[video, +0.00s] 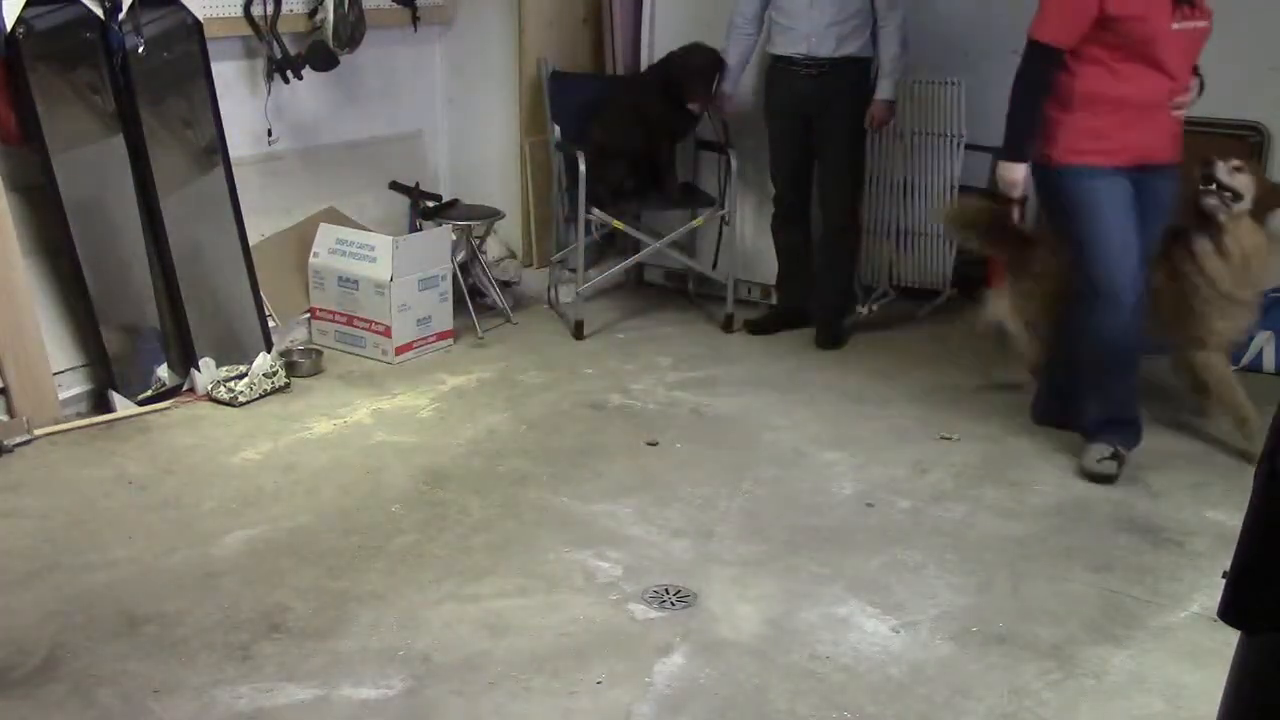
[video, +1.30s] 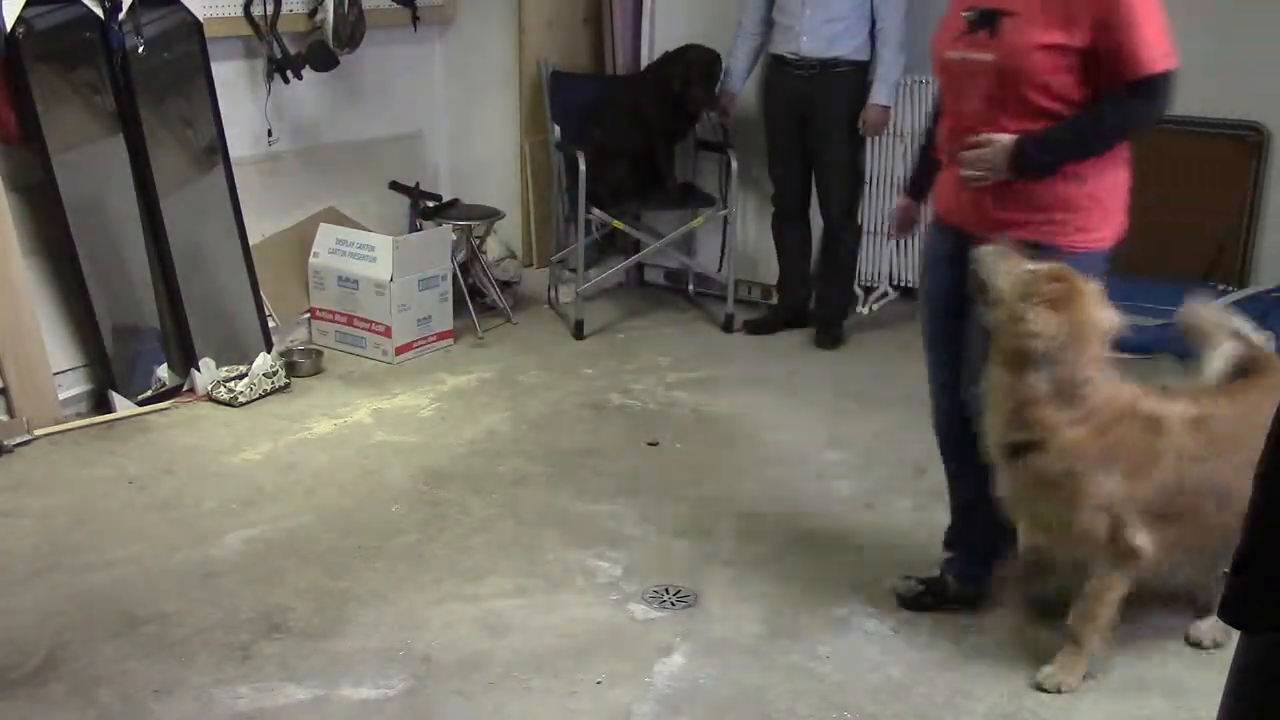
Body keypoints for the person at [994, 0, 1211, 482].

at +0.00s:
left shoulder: (1194, 6)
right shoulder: (1083, 5)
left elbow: (1169, 46)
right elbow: (1041, 55)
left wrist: (1191, 78)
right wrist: (1015, 153)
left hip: (1156, 151)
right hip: (1084, 148)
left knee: (1118, 287)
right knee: (1117, 288)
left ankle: (1061, 400)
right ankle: (1108, 433)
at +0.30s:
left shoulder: (1229, 2)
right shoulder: (1076, 4)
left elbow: (1240, 39)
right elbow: (1039, 59)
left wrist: (1219, 92)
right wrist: (1016, 154)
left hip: (1186, 157)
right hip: (1092, 156)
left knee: (1190, 296)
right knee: (1109, 302)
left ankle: (1134, 410)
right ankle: (1104, 435)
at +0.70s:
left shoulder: (1254, 6)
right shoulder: (1085, 3)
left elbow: (1275, 79)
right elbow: (1045, 68)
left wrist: (1222, 129)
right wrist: (1005, 167)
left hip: (1195, 182)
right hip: (1097, 181)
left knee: (1165, 355)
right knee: (1100, 332)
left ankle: (1162, 520)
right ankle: (1110, 439)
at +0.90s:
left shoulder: (1248, 6)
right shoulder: (1076, 3)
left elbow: (1275, 77)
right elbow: (1049, 62)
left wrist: (1197, 130)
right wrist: (1007, 161)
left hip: (1186, 201)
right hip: (1074, 186)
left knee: (1159, 370)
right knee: (1034, 334)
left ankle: (1162, 526)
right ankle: (1082, 469)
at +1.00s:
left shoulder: (1235, 5)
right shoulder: (1062, 3)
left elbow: (1271, 79)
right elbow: (1043, 67)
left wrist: (1168, 141)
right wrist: (1006, 166)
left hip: (1170, 208)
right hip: (1054, 191)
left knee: (1153, 379)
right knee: (1014, 353)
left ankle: (1157, 546)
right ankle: (1011, 534)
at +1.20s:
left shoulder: (1151, 5)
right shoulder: (999, 5)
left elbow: (1194, 97)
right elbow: (988, 94)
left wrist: (1077, 158)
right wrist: (963, 192)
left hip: (1105, 233)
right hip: (994, 220)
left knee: (1109, 408)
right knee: (974, 394)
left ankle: (1128, 574)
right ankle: (980, 568)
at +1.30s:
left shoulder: (1112, 6)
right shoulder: (965, 8)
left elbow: (1147, 93)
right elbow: (958, 98)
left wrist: (1025, 153)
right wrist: (916, 188)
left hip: (1059, 227)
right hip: (963, 217)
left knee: (1044, 402)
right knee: (960, 401)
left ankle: (1058, 563)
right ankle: (973, 565)